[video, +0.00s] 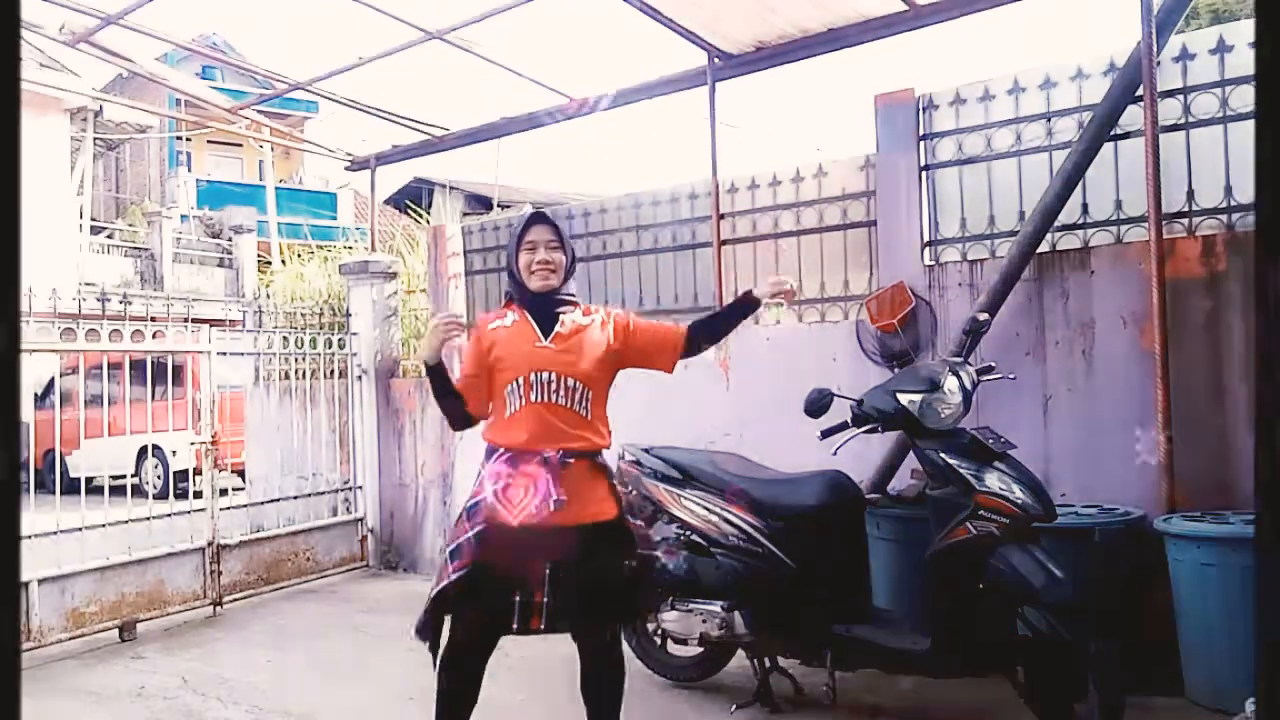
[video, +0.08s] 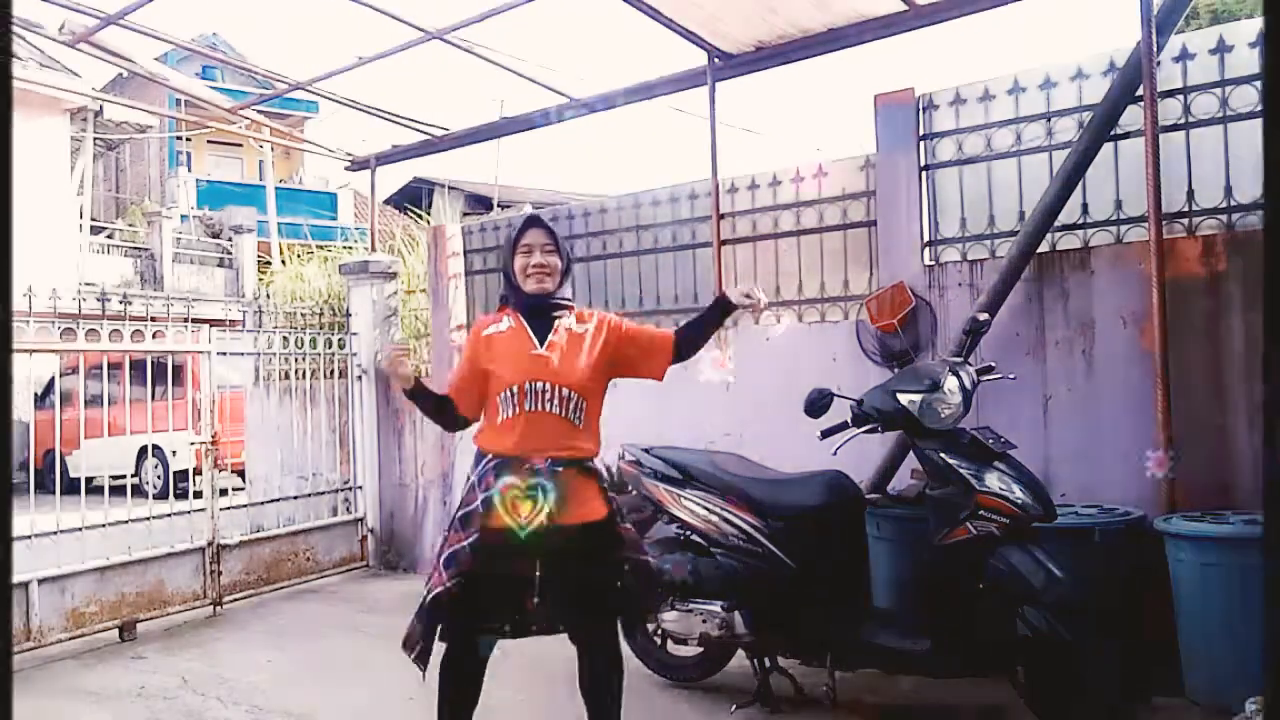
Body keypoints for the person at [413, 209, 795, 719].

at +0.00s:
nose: (542, 258)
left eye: (552, 247)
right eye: (530, 249)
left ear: (569, 258)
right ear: (513, 261)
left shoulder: (604, 325)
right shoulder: (489, 331)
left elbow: (687, 340)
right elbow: (462, 416)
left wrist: (753, 299)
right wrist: (433, 362)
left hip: (585, 503)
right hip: (504, 504)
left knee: (600, 642)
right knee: (466, 641)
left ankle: (603, 719)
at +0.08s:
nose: (538, 261)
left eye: (548, 252)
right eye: (526, 253)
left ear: (563, 263)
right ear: (510, 266)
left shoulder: (598, 328)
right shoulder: (487, 333)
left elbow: (675, 347)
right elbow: (457, 415)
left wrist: (725, 304)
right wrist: (411, 386)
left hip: (575, 488)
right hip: (497, 490)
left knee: (599, 640)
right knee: (467, 640)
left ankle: (605, 718)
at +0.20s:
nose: (535, 233)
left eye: (545, 223)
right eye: (523, 224)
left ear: (561, 234)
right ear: (507, 236)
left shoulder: (590, 295)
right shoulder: (477, 296)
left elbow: (669, 324)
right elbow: (412, 348)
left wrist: (731, 291)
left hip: (574, 465)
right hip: (491, 470)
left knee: (616, 607)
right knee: (453, 614)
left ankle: (639, 714)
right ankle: (426, 716)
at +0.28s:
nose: (530, 234)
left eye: (541, 225)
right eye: (518, 225)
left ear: (557, 237)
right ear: (501, 238)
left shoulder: (583, 300)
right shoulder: (473, 290)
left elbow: (657, 353)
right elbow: (397, 315)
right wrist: (413, 240)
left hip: (570, 451)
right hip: (491, 453)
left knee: (620, 603)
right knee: (453, 608)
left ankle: (655, 713)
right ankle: (420, 716)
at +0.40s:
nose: (536, 291)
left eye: (546, 282)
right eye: (524, 281)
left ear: (559, 295)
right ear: (504, 293)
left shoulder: (568, 372)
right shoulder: (478, 335)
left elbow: (580, 474)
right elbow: (423, 330)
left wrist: (602, 555)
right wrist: (481, 286)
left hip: (566, 534)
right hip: (494, 537)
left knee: (642, 643)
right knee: (442, 658)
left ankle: (662, 715)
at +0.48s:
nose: (544, 311)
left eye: (555, 302)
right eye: (532, 301)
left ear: (567, 314)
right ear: (514, 311)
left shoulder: (578, 391)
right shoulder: (492, 340)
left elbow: (566, 479)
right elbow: (452, 356)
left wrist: (553, 553)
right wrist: (496, 359)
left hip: (577, 506)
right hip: (507, 511)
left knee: (636, 624)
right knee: (445, 629)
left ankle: (657, 713)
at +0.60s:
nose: (560, 285)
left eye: (569, 275)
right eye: (548, 276)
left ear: (584, 287)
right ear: (532, 285)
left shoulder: (600, 354)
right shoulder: (506, 331)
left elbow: (610, 443)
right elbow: (476, 374)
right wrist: (469, 429)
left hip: (589, 503)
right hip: (512, 502)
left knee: (642, 631)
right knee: (452, 638)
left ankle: (663, 715)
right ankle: (427, 716)